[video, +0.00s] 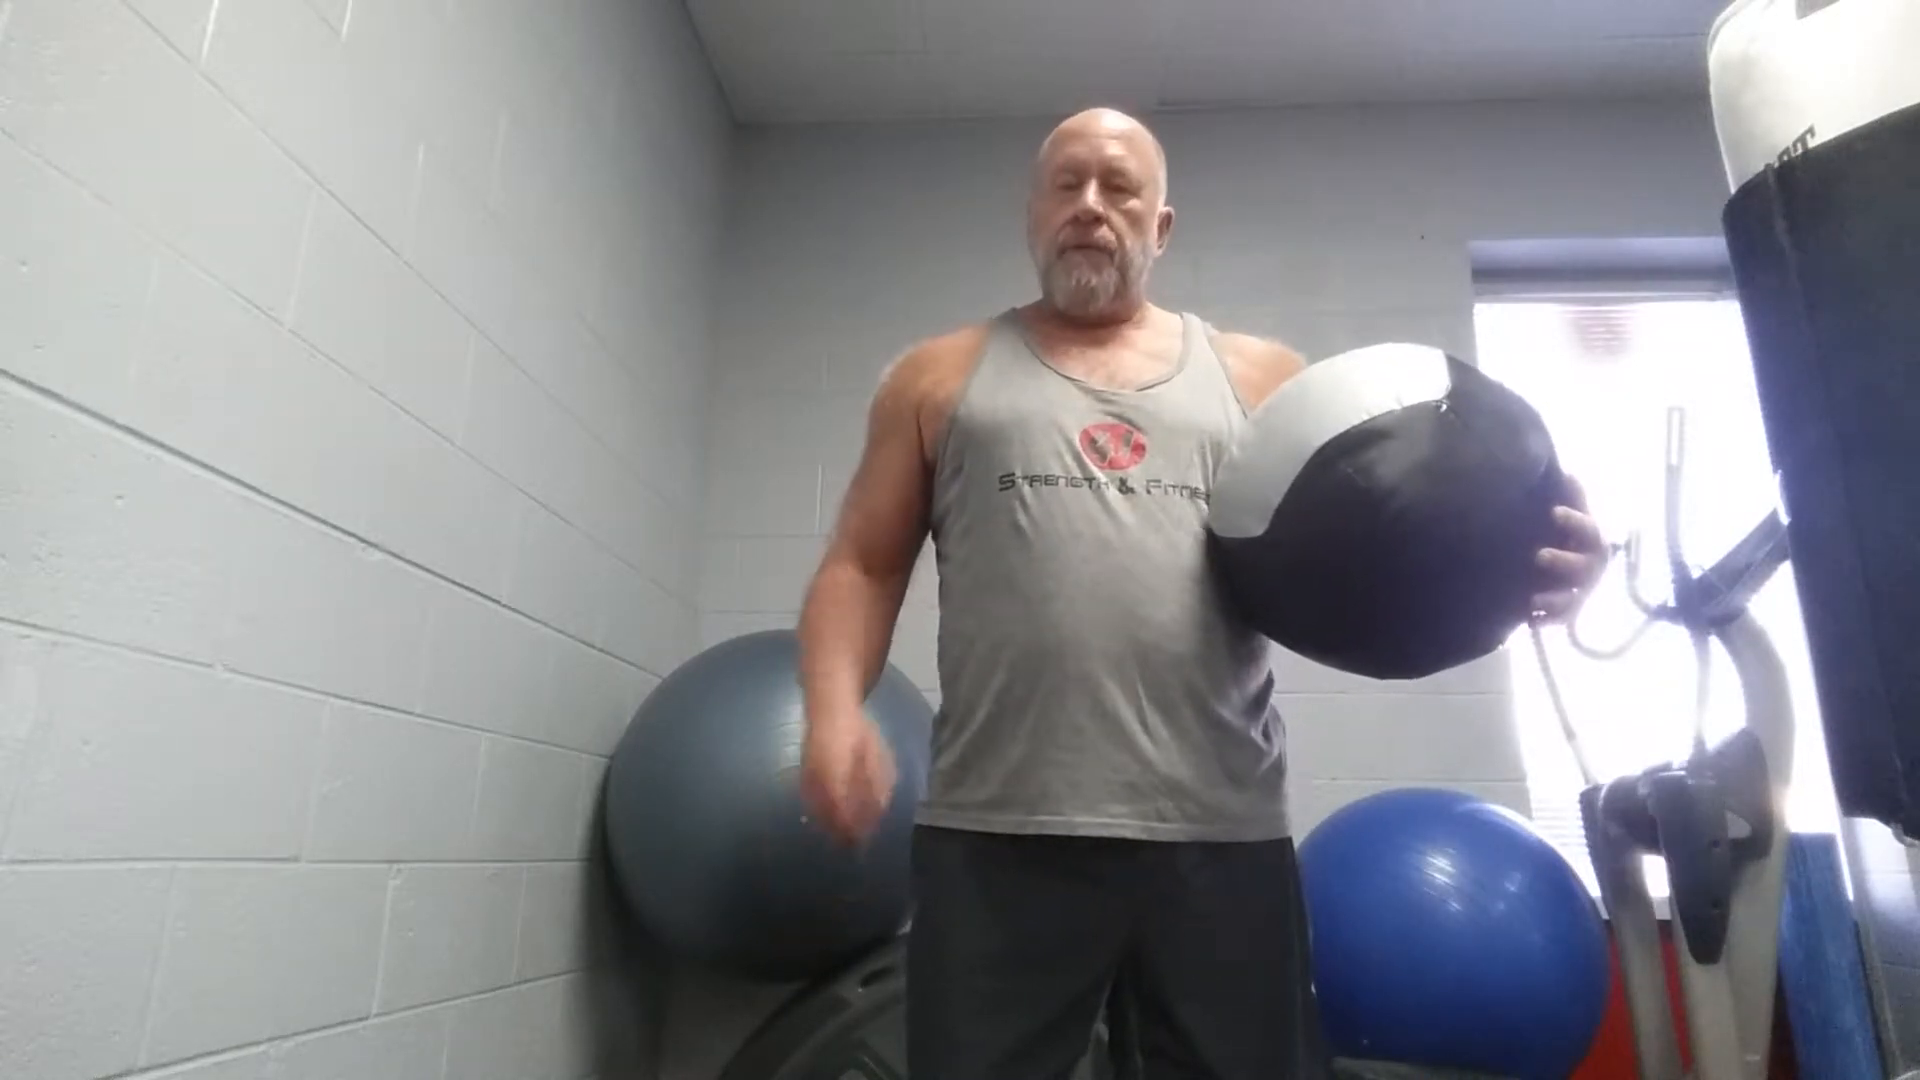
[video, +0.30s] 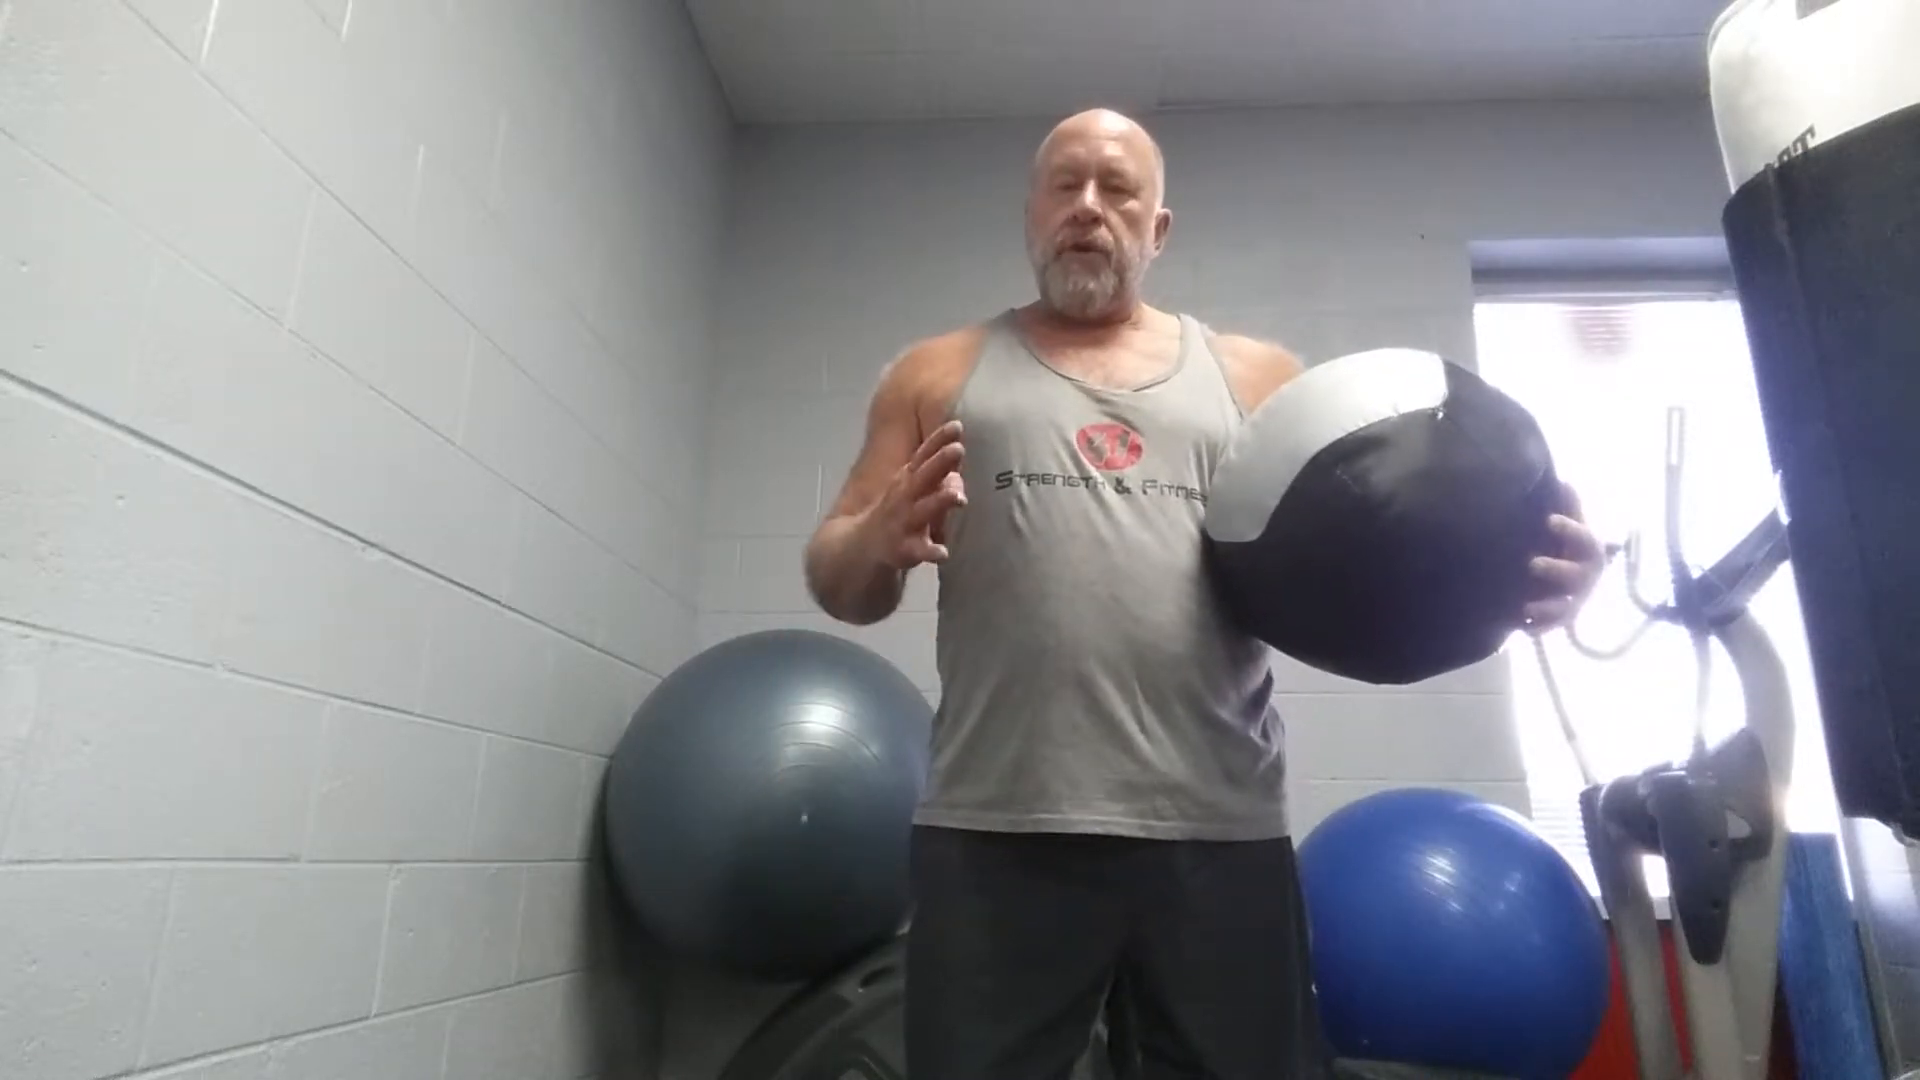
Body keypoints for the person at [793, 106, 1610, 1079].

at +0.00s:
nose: (1091, 206)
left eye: (1120, 187)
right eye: (1066, 184)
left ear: (1162, 222)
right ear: (1028, 213)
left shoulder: (1256, 374)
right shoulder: (938, 377)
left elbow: (1404, 521)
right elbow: (864, 564)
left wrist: (1545, 558)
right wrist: (832, 714)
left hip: (1222, 844)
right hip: (995, 843)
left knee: (1250, 1067)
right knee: (976, 1068)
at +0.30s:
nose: (1088, 206)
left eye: (1118, 187)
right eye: (1065, 183)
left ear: (1159, 223)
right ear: (1028, 212)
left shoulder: (1253, 374)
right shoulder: (936, 375)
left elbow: (1394, 533)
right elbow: (841, 589)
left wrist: (1537, 568)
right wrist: (877, 539)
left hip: (1219, 838)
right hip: (993, 839)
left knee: (1250, 1065)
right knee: (973, 1067)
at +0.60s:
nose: (1097, 203)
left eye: (1127, 186)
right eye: (1073, 180)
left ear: (1163, 224)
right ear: (1033, 209)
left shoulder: (1252, 374)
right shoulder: (935, 373)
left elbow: (1391, 537)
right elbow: (841, 584)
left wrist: (1536, 570)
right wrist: (881, 548)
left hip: (1216, 840)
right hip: (991, 839)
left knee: (1244, 1076)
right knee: (971, 1076)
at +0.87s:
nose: (1096, 204)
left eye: (1124, 185)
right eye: (1071, 180)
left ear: (1160, 219)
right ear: (1030, 207)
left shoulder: (1254, 374)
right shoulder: (933, 373)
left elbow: (1392, 536)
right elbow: (838, 583)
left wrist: (1535, 569)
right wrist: (890, 554)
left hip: (1217, 841)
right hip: (991, 839)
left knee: (1238, 1076)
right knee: (971, 1075)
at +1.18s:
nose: (1090, 204)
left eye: (1118, 184)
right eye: (1064, 180)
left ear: (1157, 214)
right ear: (1025, 209)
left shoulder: (1254, 371)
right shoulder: (932, 374)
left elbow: (1392, 532)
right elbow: (837, 584)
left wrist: (1540, 563)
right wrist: (886, 560)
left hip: (1219, 842)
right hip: (992, 840)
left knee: (1239, 1078)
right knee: (971, 1076)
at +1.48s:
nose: (1067, 203)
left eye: (1094, 180)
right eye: (1041, 184)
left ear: (1143, 209)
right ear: (1008, 217)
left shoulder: (1252, 366)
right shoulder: (930, 380)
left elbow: (1393, 527)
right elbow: (833, 577)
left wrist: (1545, 559)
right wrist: (883, 584)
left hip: (1220, 845)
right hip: (993, 844)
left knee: (1246, 1077)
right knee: (973, 1076)